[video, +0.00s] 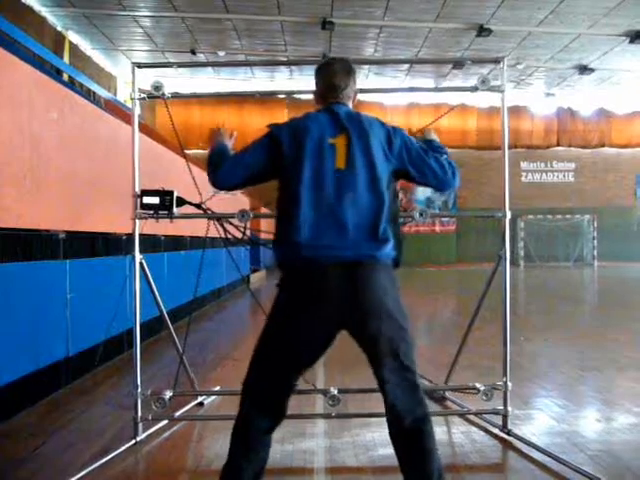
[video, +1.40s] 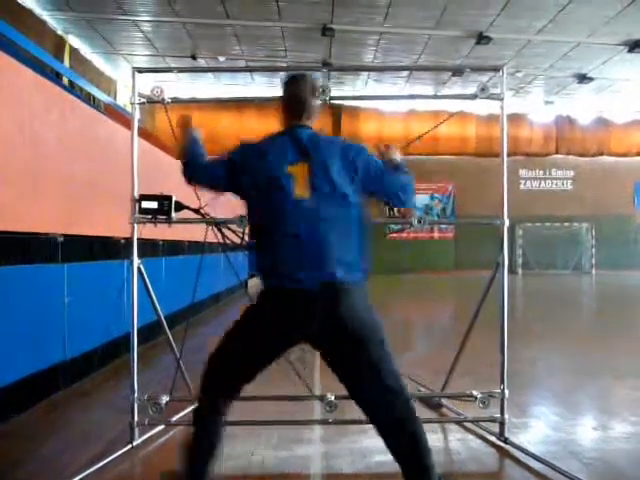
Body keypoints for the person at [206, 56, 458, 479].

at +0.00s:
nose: (334, 94)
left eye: (321, 87)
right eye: (350, 89)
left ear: (315, 91)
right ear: (354, 93)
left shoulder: (290, 135)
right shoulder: (381, 135)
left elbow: (223, 176)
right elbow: (444, 177)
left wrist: (219, 146)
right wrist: (429, 142)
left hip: (308, 285)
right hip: (371, 284)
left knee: (263, 395)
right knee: (402, 388)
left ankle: (240, 475)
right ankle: (427, 475)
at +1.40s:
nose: (306, 109)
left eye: (295, 100)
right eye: (315, 101)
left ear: (282, 107)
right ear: (319, 109)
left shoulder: (256, 158)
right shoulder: (345, 154)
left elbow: (200, 173)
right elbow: (403, 195)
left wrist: (193, 146)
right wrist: (397, 166)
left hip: (282, 301)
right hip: (343, 301)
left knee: (220, 379)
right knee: (387, 397)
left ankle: (196, 472)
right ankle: (423, 474)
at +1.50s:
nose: (276, 119)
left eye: (264, 114)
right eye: (276, 115)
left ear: (241, 121)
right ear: (276, 122)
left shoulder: (222, 159)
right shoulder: (296, 166)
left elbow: (190, 141)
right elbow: (343, 221)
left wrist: (165, 110)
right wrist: (374, 202)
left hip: (254, 296)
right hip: (306, 294)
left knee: (196, 392)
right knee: (368, 389)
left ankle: (150, 471)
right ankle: (417, 471)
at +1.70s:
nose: (284, 147)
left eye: (283, 139)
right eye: (281, 140)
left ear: (242, 145)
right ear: (272, 144)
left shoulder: (210, 187)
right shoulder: (289, 188)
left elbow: (169, 194)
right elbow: (312, 247)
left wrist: (162, 159)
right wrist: (365, 231)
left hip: (229, 314)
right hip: (282, 316)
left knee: (171, 395)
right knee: (347, 400)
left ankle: (141, 472)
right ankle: (377, 472)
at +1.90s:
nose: (337, 121)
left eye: (336, 114)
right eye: (336, 114)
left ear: (295, 114)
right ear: (329, 116)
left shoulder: (266, 150)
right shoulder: (344, 152)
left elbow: (228, 141)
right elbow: (398, 193)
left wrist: (266, 120)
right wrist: (400, 161)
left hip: (287, 287)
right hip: (336, 286)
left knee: (240, 374)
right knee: (370, 358)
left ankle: (233, 472)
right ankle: (358, 461)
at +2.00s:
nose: (365, 110)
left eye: (361, 103)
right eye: (364, 104)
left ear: (325, 105)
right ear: (360, 106)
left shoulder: (293, 135)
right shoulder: (369, 145)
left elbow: (242, 116)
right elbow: (436, 175)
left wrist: (257, 81)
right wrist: (438, 148)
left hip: (298, 278)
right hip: (351, 279)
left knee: (264, 373)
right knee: (415, 358)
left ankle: (235, 469)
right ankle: (423, 448)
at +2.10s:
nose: (399, 113)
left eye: (393, 106)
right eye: (402, 108)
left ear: (373, 115)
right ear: (407, 117)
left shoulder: (343, 145)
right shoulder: (424, 151)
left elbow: (285, 163)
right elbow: (463, 140)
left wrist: (245, 144)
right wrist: (481, 104)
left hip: (331, 282)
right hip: (383, 286)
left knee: (267, 371)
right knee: (440, 387)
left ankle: (199, 464)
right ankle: (489, 469)